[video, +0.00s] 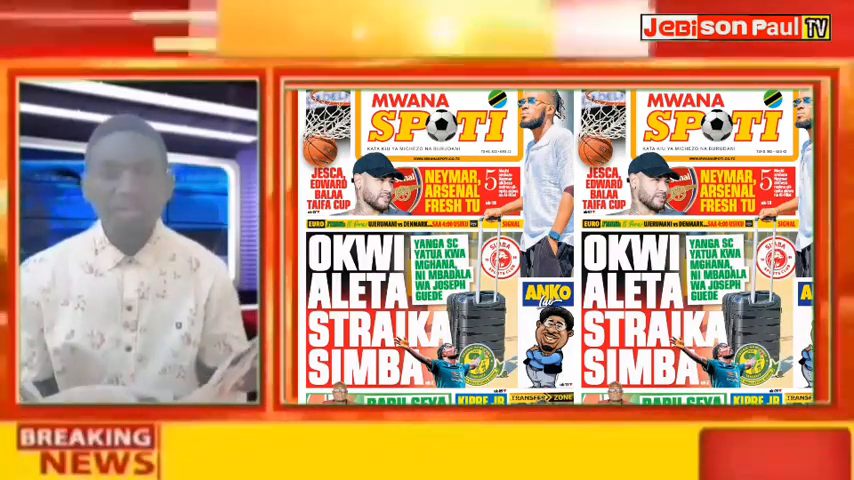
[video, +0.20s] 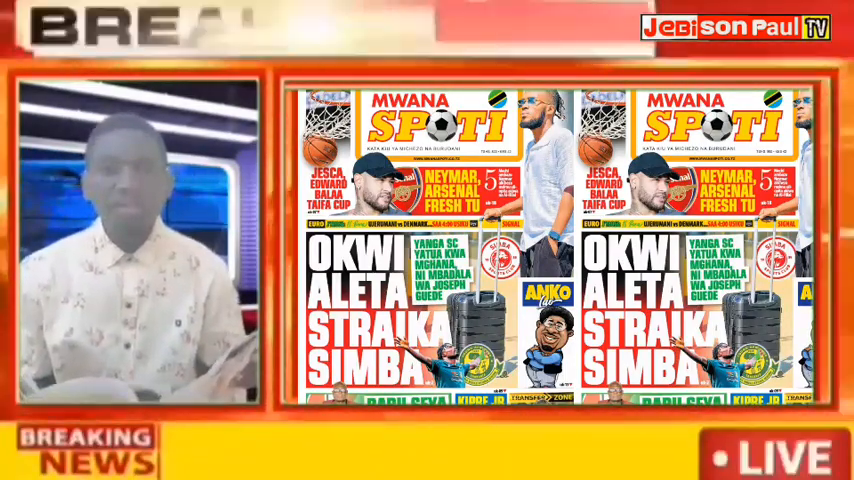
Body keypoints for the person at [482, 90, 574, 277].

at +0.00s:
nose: (523, 107)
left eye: (531, 101)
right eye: (522, 103)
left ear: (549, 110)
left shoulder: (563, 138)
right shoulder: (531, 147)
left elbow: (571, 192)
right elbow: (532, 196)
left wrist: (553, 238)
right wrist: (502, 211)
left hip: (552, 242)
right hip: (530, 243)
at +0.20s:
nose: (523, 107)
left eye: (531, 101)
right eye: (522, 103)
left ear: (549, 110)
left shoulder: (563, 138)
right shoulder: (531, 147)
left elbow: (571, 192)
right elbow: (532, 196)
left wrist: (553, 238)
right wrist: (502, 211)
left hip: (552, 242)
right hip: (530, 243)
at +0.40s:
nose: (523, 107)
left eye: (531, 101)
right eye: (522, 103)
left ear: (549, 110)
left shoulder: (563, 138)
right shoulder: (531, 147)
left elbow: (571, 192)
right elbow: (532, 196)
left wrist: (553, 238)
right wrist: (502, 211)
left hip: (552, 242)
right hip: (530, 243)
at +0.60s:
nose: (523, 107)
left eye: (531, 101)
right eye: (522, 103)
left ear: (549, 110)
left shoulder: (563, 138)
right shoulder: (531, 147)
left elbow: (571, 192)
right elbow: (532, 196)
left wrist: (554, 238)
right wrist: (502, 211)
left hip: (552, 241)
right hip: (530, 242)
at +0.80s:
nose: (523, 107)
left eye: (531, 101)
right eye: (522, 103)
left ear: (549, 110)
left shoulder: (563, 139)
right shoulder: (531, 147)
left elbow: (571, 192)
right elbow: (532, 196)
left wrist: (554, 238)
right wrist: (502, 211)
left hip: (552, 241)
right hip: (530, 242)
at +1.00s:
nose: (523, 107)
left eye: (531, 101)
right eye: (522, 103)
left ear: (549, 110)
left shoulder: (563, 139)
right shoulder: (531, 147)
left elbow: (571, 192)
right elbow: (532, 196)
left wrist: (554, 238)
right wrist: (502, 211)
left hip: (551, 241)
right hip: (530, 242)